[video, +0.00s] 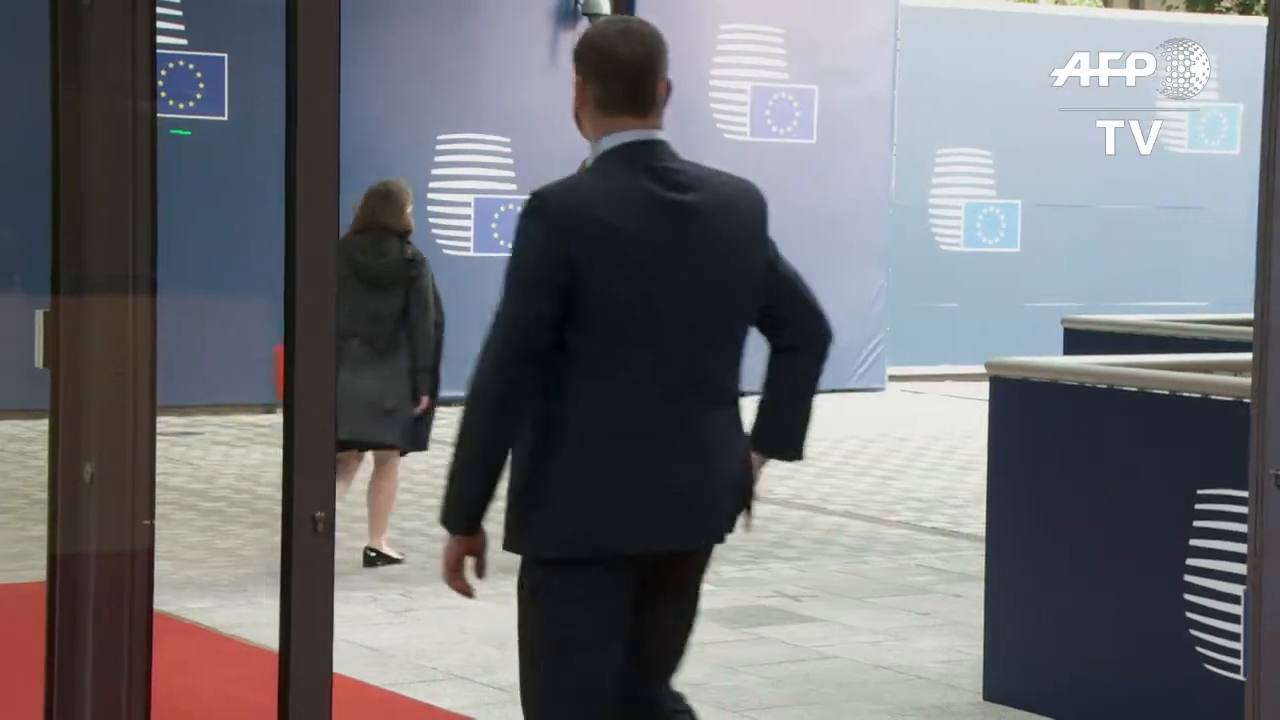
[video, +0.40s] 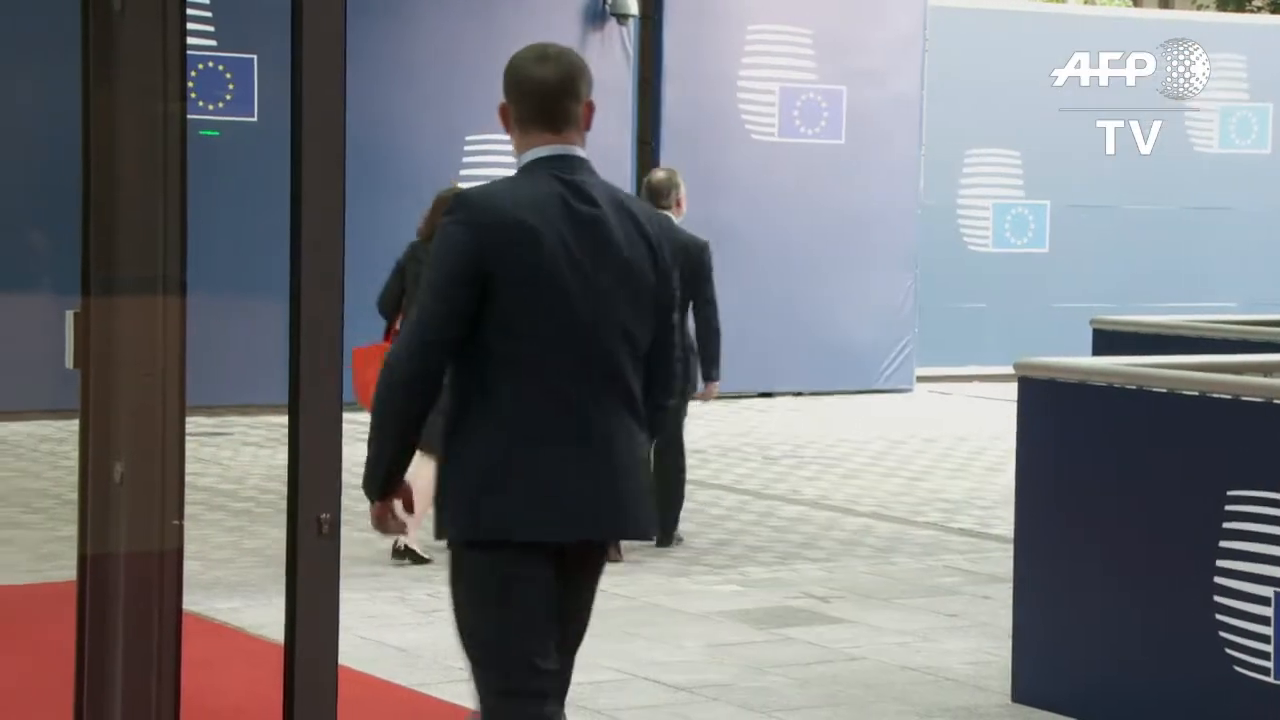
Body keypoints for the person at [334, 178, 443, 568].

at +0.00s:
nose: (412, 215)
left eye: (410, 208)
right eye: (409, 209)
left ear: (365, 210)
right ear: (403, 214)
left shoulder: (338, 255)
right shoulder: (411, 263)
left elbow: (322, 317)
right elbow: (423, 327)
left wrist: (322, 374)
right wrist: (425, 383)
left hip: (344, 373)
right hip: (392, 376)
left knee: (345, 459)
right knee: (387, 462)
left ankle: (312, 520)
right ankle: (376, 543)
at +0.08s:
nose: (428, 211)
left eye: (426, 204)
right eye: (425, 205)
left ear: (378, 208)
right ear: (418, 211)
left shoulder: (352, 256)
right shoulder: (427, 260)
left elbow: (335, 318)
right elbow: (444, 331)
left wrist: (333, 376)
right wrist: (448, 389)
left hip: (359, 368)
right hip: (409, 370)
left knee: (364, 452)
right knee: (395, 461)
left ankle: (342, 508)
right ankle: (382, 544)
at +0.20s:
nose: (446, 210)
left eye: (444, 203)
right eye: (444, 204)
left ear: (400, 204)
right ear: (436, 209)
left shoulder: (378, 248)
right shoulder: (449, 255)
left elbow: (351, 298)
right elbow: (462, 314)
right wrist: (469, 369)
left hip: (386, 361)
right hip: (433, 363)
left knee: (397, 444)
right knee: (419, 442)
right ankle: (396, 534)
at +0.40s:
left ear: (431, 218)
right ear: (465, 224)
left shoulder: (417, 252)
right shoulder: (475, 258)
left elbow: (387, 304)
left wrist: (401, 325)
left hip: (423, 361)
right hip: (463, 364)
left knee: (426, 451)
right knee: (431, 451)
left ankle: (403, 531)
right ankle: (407, 534)